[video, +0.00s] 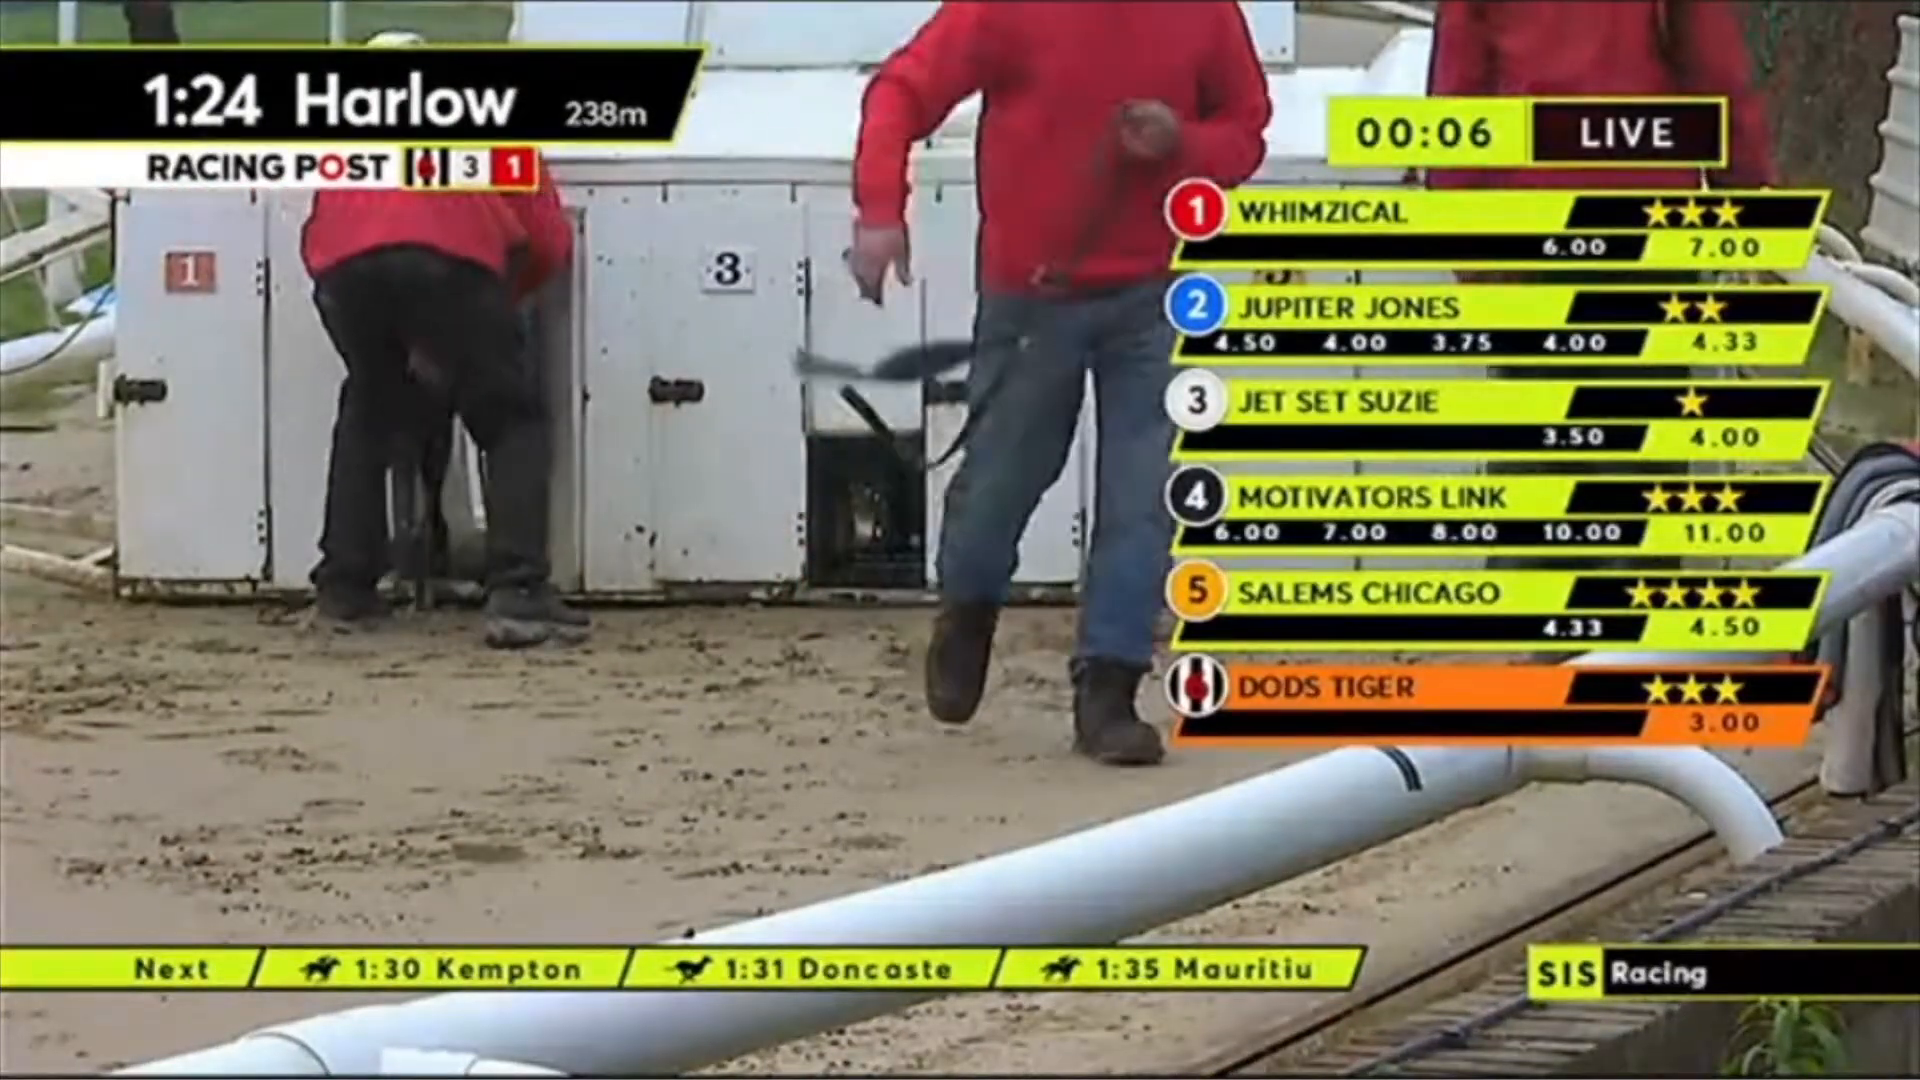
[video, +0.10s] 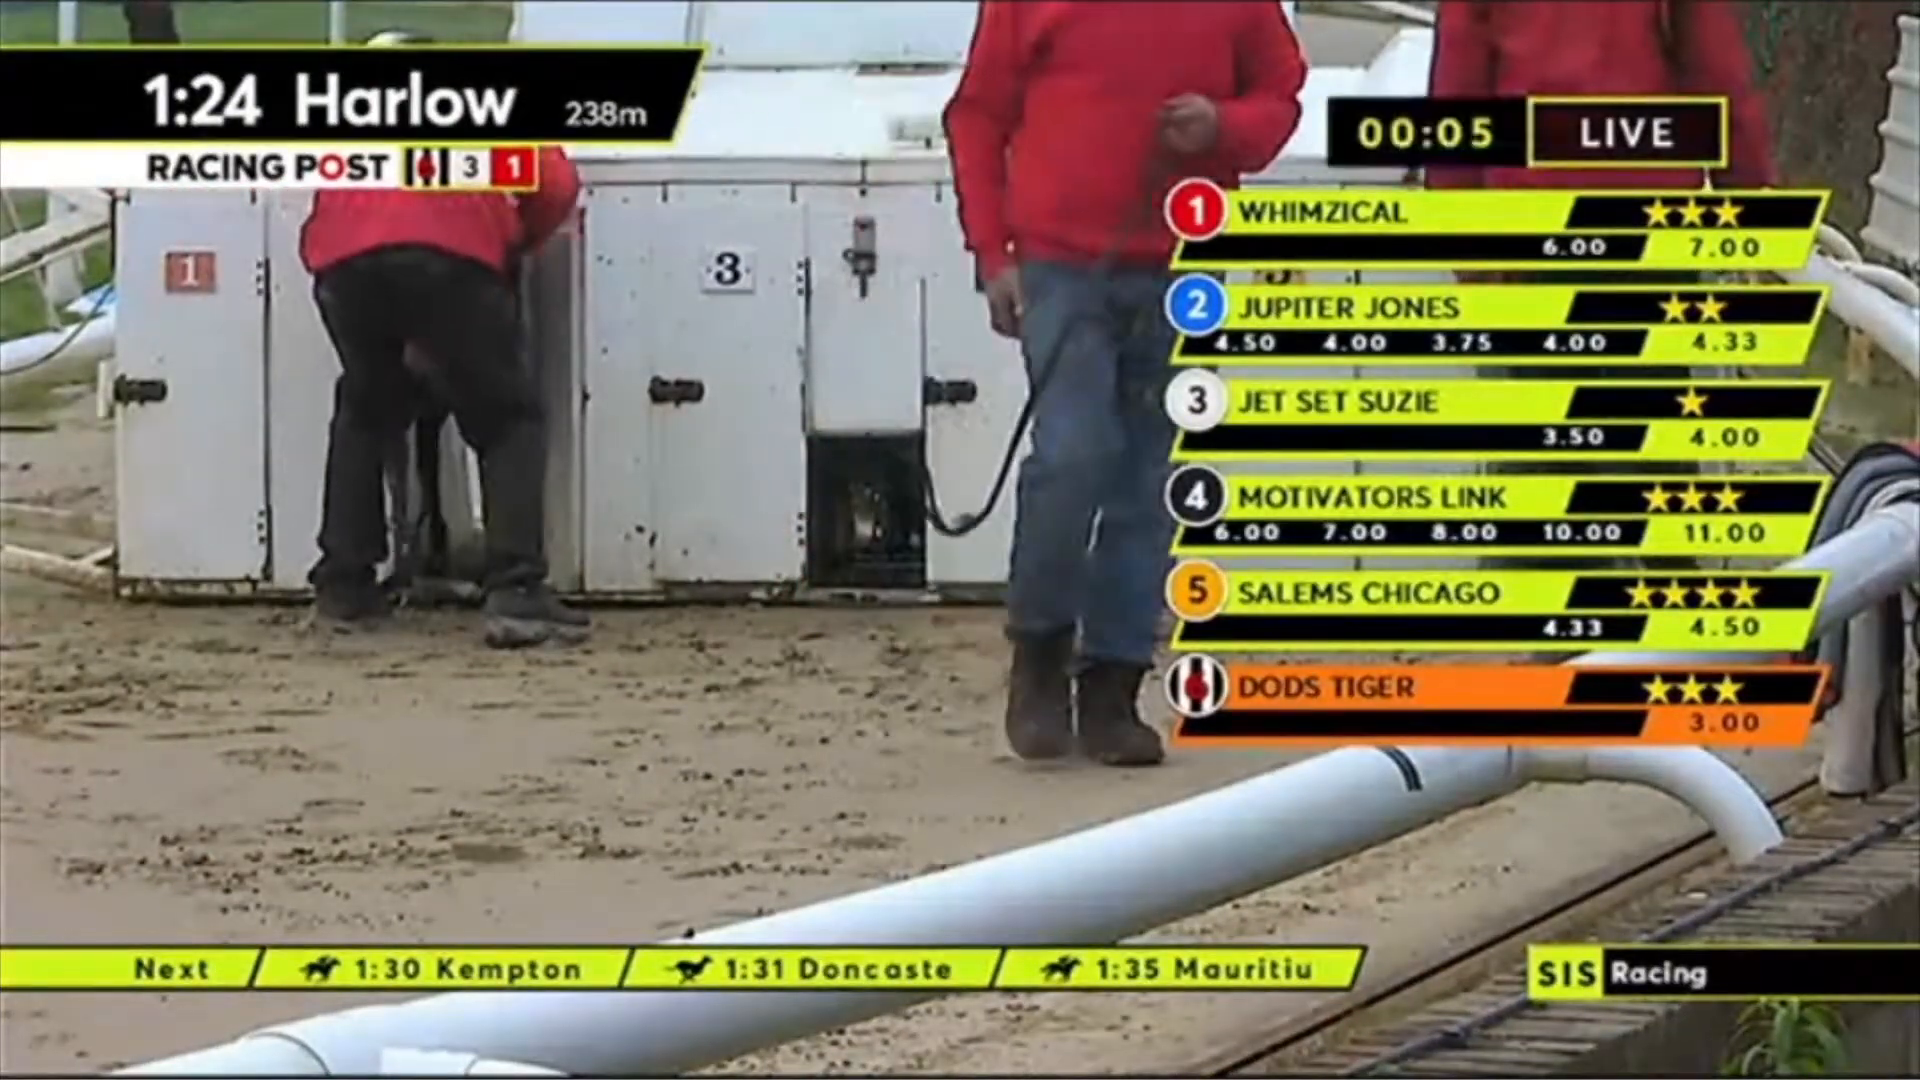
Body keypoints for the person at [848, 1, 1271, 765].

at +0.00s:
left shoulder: (1208, 14)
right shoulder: (1004, 13)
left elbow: (1247, 138)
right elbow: (900, 90)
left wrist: (1183, 140)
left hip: (1152, 290)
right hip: (1030, 289)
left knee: (1143, 497)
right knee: (1001, 479)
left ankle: (1109, 696)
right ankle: (969, 613)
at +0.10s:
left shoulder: (1243, 7)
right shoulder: (1029, 7)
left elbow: (1283, 97)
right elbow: (976, 113)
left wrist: (1224, 125)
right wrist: (992, 254)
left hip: (1184, 268)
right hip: (1064, 261)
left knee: (1157, 481)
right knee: (1074, 458)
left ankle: (1112, 690)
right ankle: (1039, 660)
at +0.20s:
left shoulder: (1266, 6)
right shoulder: (1048, 7)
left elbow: (1308, 88)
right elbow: (998, 107)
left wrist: (1258, 134)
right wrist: (1011, 249)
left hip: (1220, 264)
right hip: (1093, 259)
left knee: (1213, 461)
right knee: (1122, 453)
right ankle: (1111, 682)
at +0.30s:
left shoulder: (1295, 9)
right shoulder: (1080, 11)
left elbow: (1356, 111)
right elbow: (1009, 132)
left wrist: (1303, 152)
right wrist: (1056, 251)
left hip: (1259, 292)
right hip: (1128, 292)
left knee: (1190, 487)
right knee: (1179, 485)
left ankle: (1117, 671)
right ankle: (1226, 698)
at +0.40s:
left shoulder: (1337, 14)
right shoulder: (1122, 14)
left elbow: (1381, 120)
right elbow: (1048, 142)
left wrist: (1342, 175)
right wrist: (1111, 255)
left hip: (1312, 305)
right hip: (1182, 311)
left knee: (1290, 512)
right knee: (1247, 511)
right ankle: (1138, 648)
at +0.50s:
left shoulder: (1368, 13)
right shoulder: (1153, 12)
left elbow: (1394, 140)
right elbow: (1070, 139)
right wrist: (1139, 246)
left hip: (1346, 304)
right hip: (1214, 312)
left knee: (1336, 519)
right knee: (1252, 534)